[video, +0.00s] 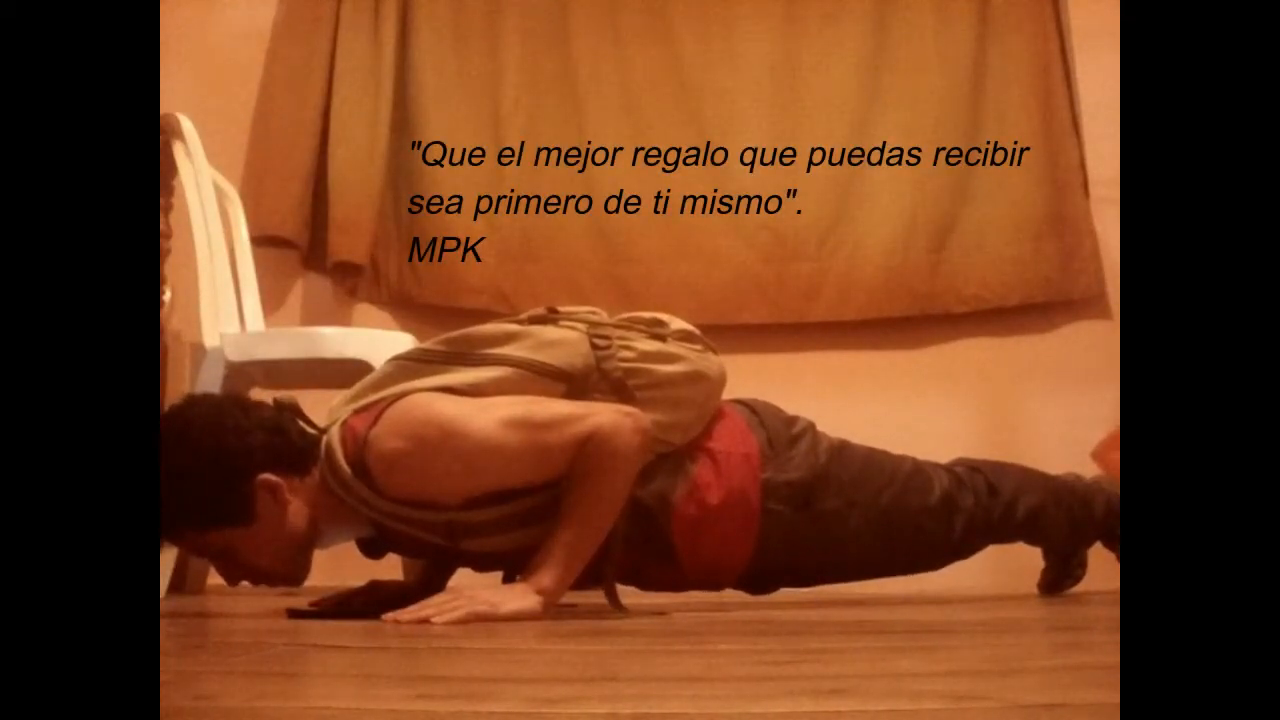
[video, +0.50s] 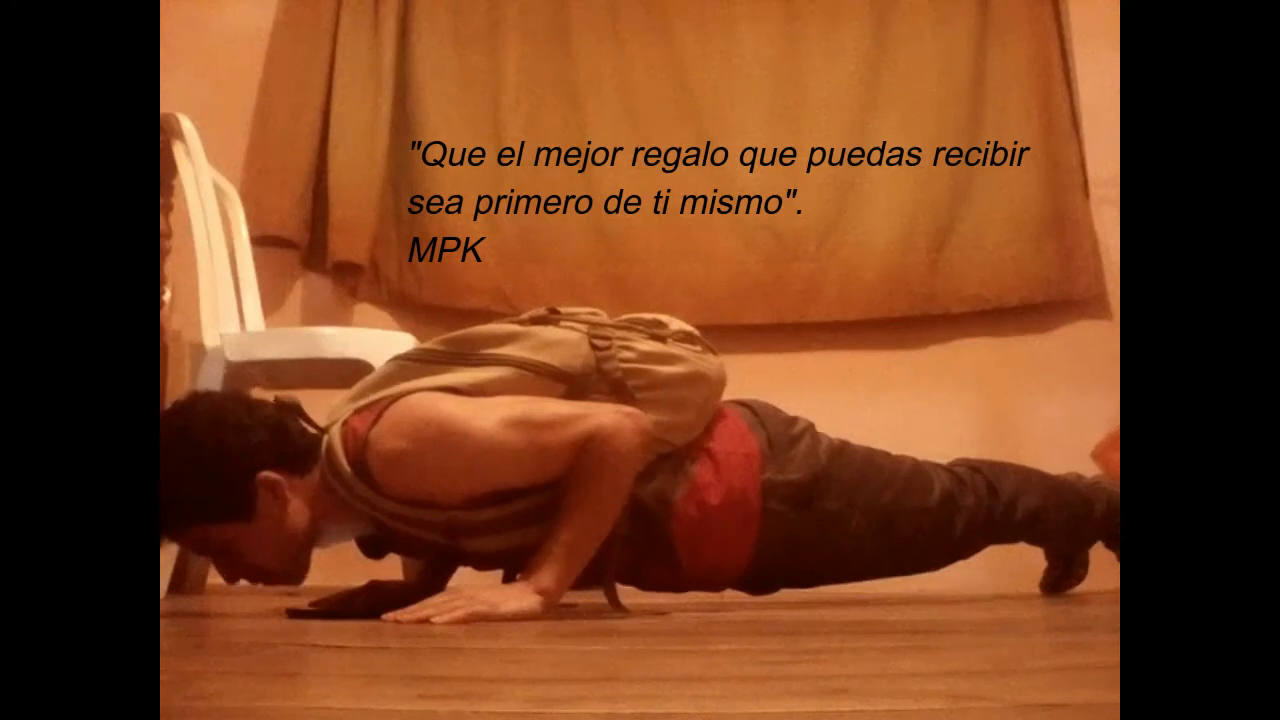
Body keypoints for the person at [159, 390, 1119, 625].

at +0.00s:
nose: (225, 573)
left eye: (218, 549)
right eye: (207, 560)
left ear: (271, 491)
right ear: (266, 480)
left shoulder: (402, 448)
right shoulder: (355, 458)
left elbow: (615, 437)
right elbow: (459, 536)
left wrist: (540, 588)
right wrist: (392, 585)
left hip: (739, 487)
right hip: (711, 501)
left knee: (946, 508)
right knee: (926, 505)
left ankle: (1094, 505)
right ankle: (1078, 505)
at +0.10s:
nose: (226, 573)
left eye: (220, 549)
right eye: (207, 560)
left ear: (273, 490)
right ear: (268, 481)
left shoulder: (403, 448)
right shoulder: (354, 458)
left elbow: (616, 437)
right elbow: (454, 539)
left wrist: (540, 588)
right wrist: (390, 586)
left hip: (739, 487)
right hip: (710, 501)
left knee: (945, 508)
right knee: (924, 505)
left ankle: (1092, 504)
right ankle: (1077, 503)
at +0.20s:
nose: (225, 571)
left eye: (220, 547)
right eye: (208, 558)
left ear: (275, 488)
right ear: (271, 480)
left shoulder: (405, 447)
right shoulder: (356, 456)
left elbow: (617, 437)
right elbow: (457, 535)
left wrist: (540, 588)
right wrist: (393, 585)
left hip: (738, 491)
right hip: (712, 494)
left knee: (943, 509)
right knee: (923, 504)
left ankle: (1092, 504)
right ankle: (1076, 504)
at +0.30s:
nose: (226, 568)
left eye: (219, 545)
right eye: (208, 554)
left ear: (271, 488)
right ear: (269, 478)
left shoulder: (404, 446)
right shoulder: (357, 456)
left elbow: (617, 437)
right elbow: (461, 538)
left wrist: (539, 588)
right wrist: (391, 587)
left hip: (739, 492)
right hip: (714, 491)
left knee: (946, 508)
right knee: (926, 502)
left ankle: (1093, 505)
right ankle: (1077, 504)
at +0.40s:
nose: (223, 569)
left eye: (218, 546)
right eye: (205, 556)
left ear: (274, 489)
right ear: (272, 480)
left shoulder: (404, 446)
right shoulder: (358, 457)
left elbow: (618, 438)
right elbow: (464, 541)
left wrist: (539, 588)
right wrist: (390, 588)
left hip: (738, 490)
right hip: (713, 498)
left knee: (942, 508)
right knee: (923, 504)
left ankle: (1092, 505)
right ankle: (1077, 505)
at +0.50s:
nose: (225, 570)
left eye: (218, 547)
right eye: (205, 557)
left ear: (273, 488)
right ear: (269, 480)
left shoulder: (403, 446)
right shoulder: (357, 459)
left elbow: (616, 438)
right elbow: (456, 545)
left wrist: (538, 588)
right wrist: (388, 589)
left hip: (737, 491)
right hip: (712, 497)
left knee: (941, 508)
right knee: (922, 504)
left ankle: (1091, 504)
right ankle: (1076, 504)